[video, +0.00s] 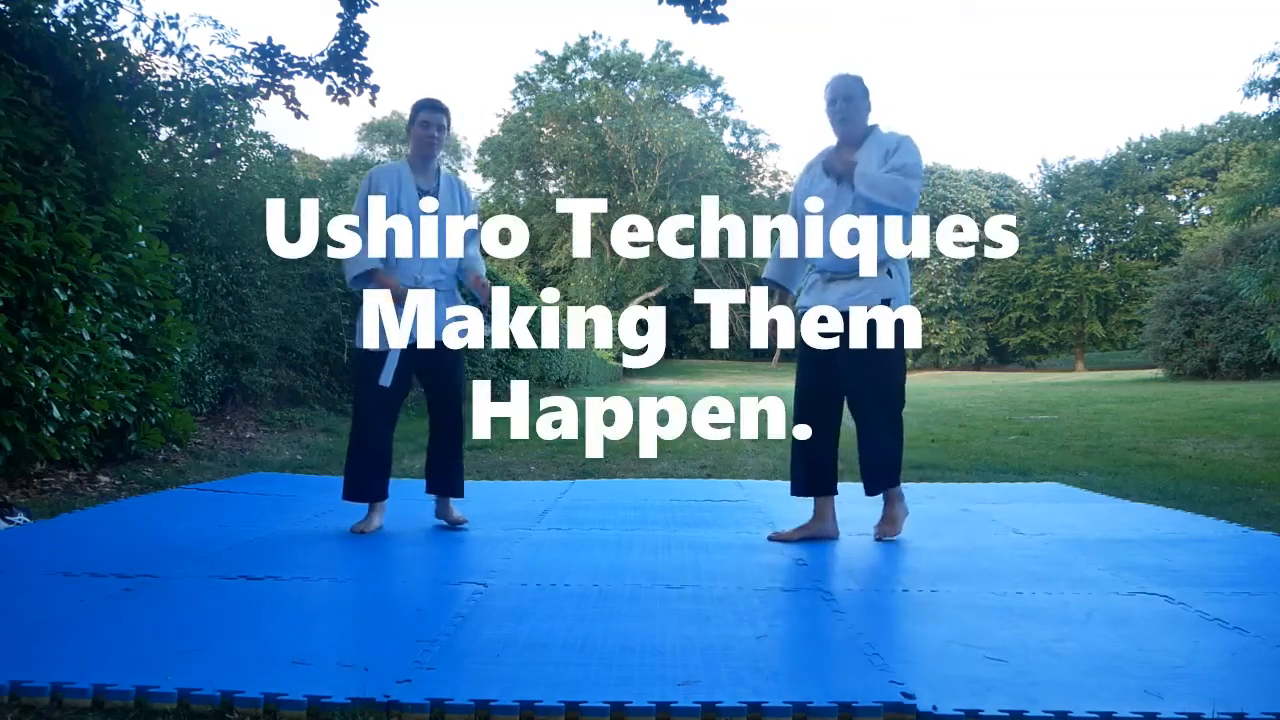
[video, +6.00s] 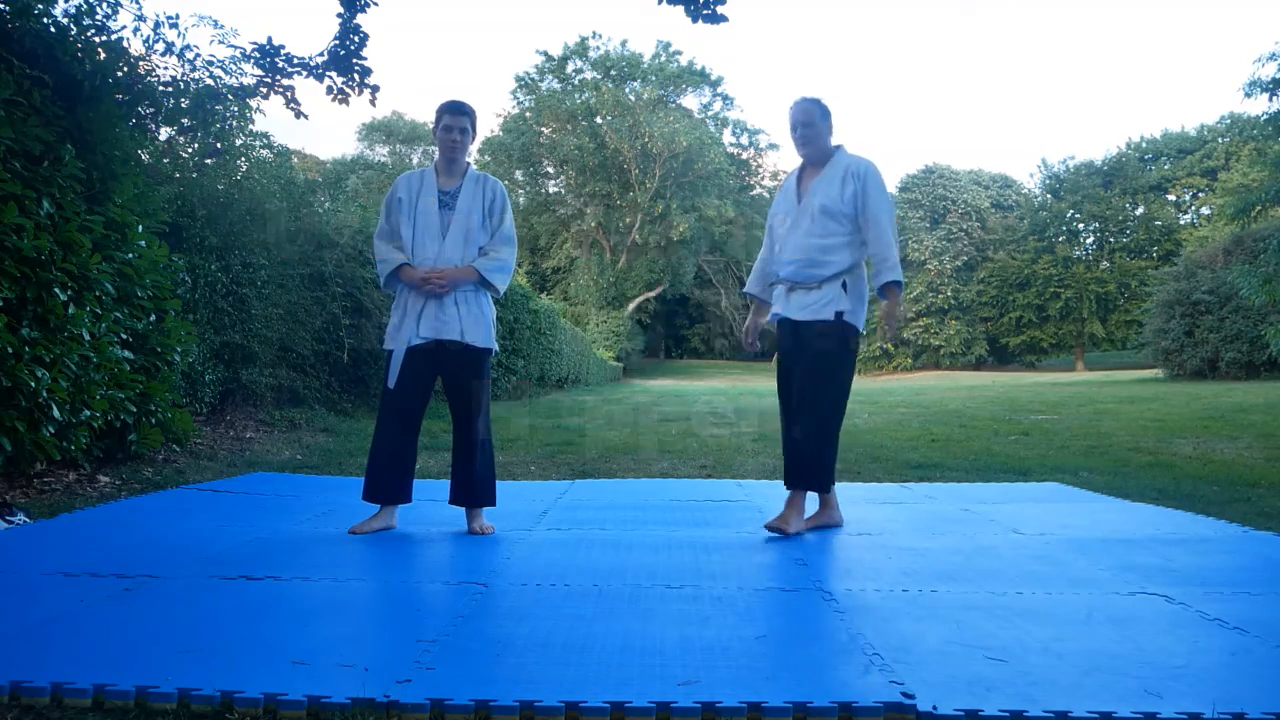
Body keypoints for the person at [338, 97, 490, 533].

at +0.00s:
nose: (432, 133)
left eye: (439, 128)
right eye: (426, 125)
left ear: (447, 137)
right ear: (409, 130)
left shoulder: (459, 190)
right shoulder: (381, 178)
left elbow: (470, 248)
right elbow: (358, 240)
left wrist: (478, 279)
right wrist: (384, 279)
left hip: (442, 313)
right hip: (386, 310)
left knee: (448, 406)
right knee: (376, 407)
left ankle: (445, 500)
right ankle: (376, 505)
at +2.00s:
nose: (458, 130)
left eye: (466, 125)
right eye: (452, 123)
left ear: (478, 135)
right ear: (440, 131)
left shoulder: (498, 189)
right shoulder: (412, 183)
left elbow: (510, 258)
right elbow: (396, 243)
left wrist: (483, 293)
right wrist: (404, 287)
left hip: (471, 314)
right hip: (415, 308)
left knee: (463, 411)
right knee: (401, 406)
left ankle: (455, 509)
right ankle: (387, 508)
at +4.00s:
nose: (455, 133)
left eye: (463, 128)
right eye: (449, 126)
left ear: (476, 138)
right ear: (437, 134)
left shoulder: (493, 189)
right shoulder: (408, 184)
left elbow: (507, 256)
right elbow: (388, 248)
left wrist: (462, 271)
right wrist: (413, 272)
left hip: (470, 320)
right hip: (413, 318)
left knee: (473, 414)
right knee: (399, 409)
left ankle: (475, 512)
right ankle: (387, 509)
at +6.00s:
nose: (454, 137)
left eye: (462, 131)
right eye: (447, 129)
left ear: (473, 139)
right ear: (434, 133)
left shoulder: (492, 191)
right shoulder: (406, 186)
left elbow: (504, 257)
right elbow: (383, 248)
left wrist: (458, 275)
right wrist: (413, 276)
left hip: (469, 321)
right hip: (414, 319)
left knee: (473, 421)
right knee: (397, 416)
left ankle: (475, 512)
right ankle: (387, 510)